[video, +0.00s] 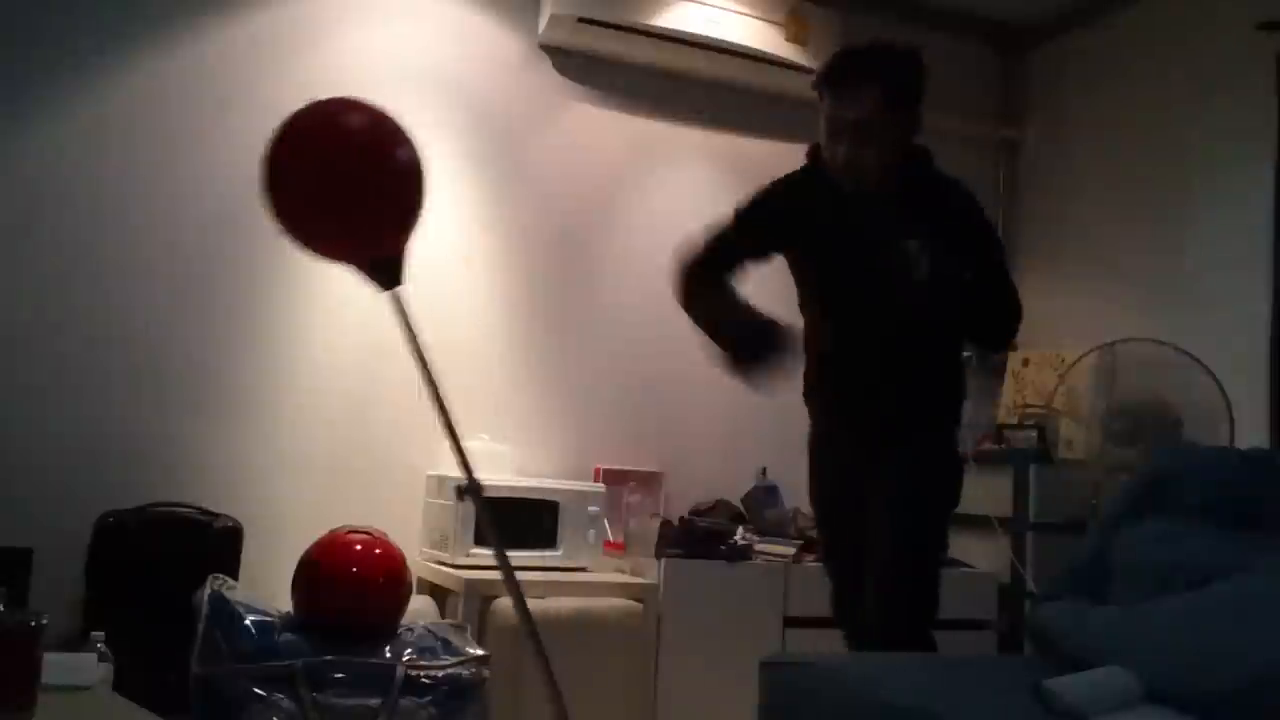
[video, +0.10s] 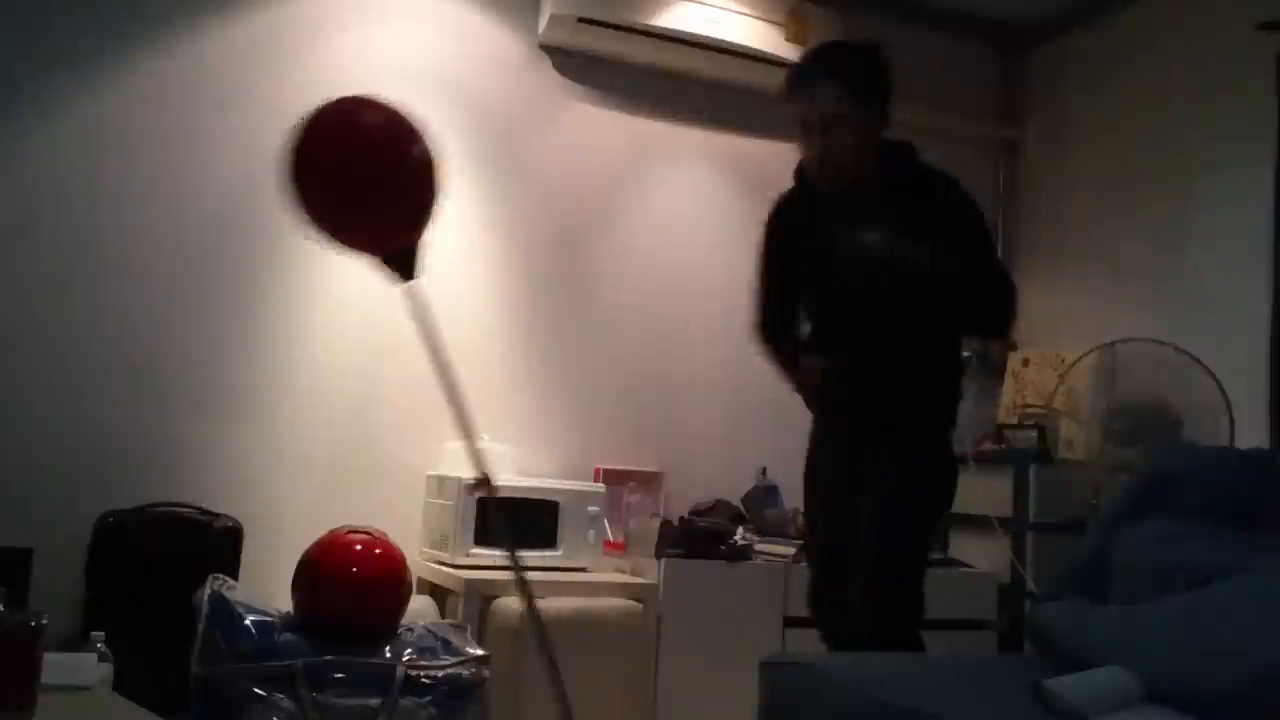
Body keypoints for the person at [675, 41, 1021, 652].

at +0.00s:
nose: (841, 143)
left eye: (859, 126)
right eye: (832, 124)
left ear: (902, 124)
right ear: (820, 118)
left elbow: (1001, 322)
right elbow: (700, 275)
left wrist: (933, 290)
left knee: (901, 619)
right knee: (858, 615)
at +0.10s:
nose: (816, 143)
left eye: (832, 124)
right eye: (806, 126)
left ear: (872, 119)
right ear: (797, 123)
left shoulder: (935, 197)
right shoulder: (798, 210)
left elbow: (995, 306)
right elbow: (775, 319)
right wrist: (806, 374)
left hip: (917, 422)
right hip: (837, 423)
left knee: (889, 608)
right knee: (834, 608)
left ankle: (902, 718)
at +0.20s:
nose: (786, 160)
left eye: (797, 140)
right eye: (776, 146)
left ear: (835, 128)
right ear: (766, 142)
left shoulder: (889, 189)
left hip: (905, 432)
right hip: (862, 426)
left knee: (870, 609)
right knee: (847, 604)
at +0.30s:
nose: (771, 179)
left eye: (776, 161)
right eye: (766, 167)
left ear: (809, 142)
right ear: (824, 144)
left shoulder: (869, 182)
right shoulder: (854, 202)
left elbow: (773, 201)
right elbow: (893, 341)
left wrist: (664, 188)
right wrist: (820, 358)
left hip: (912, 428)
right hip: (891, 426)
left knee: (875, 604)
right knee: (874, 603)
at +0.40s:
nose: (772, 206)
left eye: (773, 187)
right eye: (764, 194)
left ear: (804, 161)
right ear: (820, 159)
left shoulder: (866, 198)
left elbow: (802, 238)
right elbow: (900, 355)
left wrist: (704, 215)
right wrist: (826, 369)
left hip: (911, 438)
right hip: (896, 436)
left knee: (886, 609)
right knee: (875, 607)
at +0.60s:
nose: (789, 190)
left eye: (796, 170)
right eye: (780, 177)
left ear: (834, 155)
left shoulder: (899, 214)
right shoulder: (839, 234)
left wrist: (821, 346)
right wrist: (817, 344)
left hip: (908, 438)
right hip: (869, 435)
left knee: (881, 611)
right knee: (856, 608)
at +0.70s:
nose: (805, 166)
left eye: (819, 147)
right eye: (796, 152)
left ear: (859, 139)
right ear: (787, 153)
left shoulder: (919, 208)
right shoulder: (821, 236)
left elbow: (1000, 307)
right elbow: (815, 337)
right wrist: (800, 356)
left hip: (912, 432)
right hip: (852, 433)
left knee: (879, 607)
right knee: (853, 605)